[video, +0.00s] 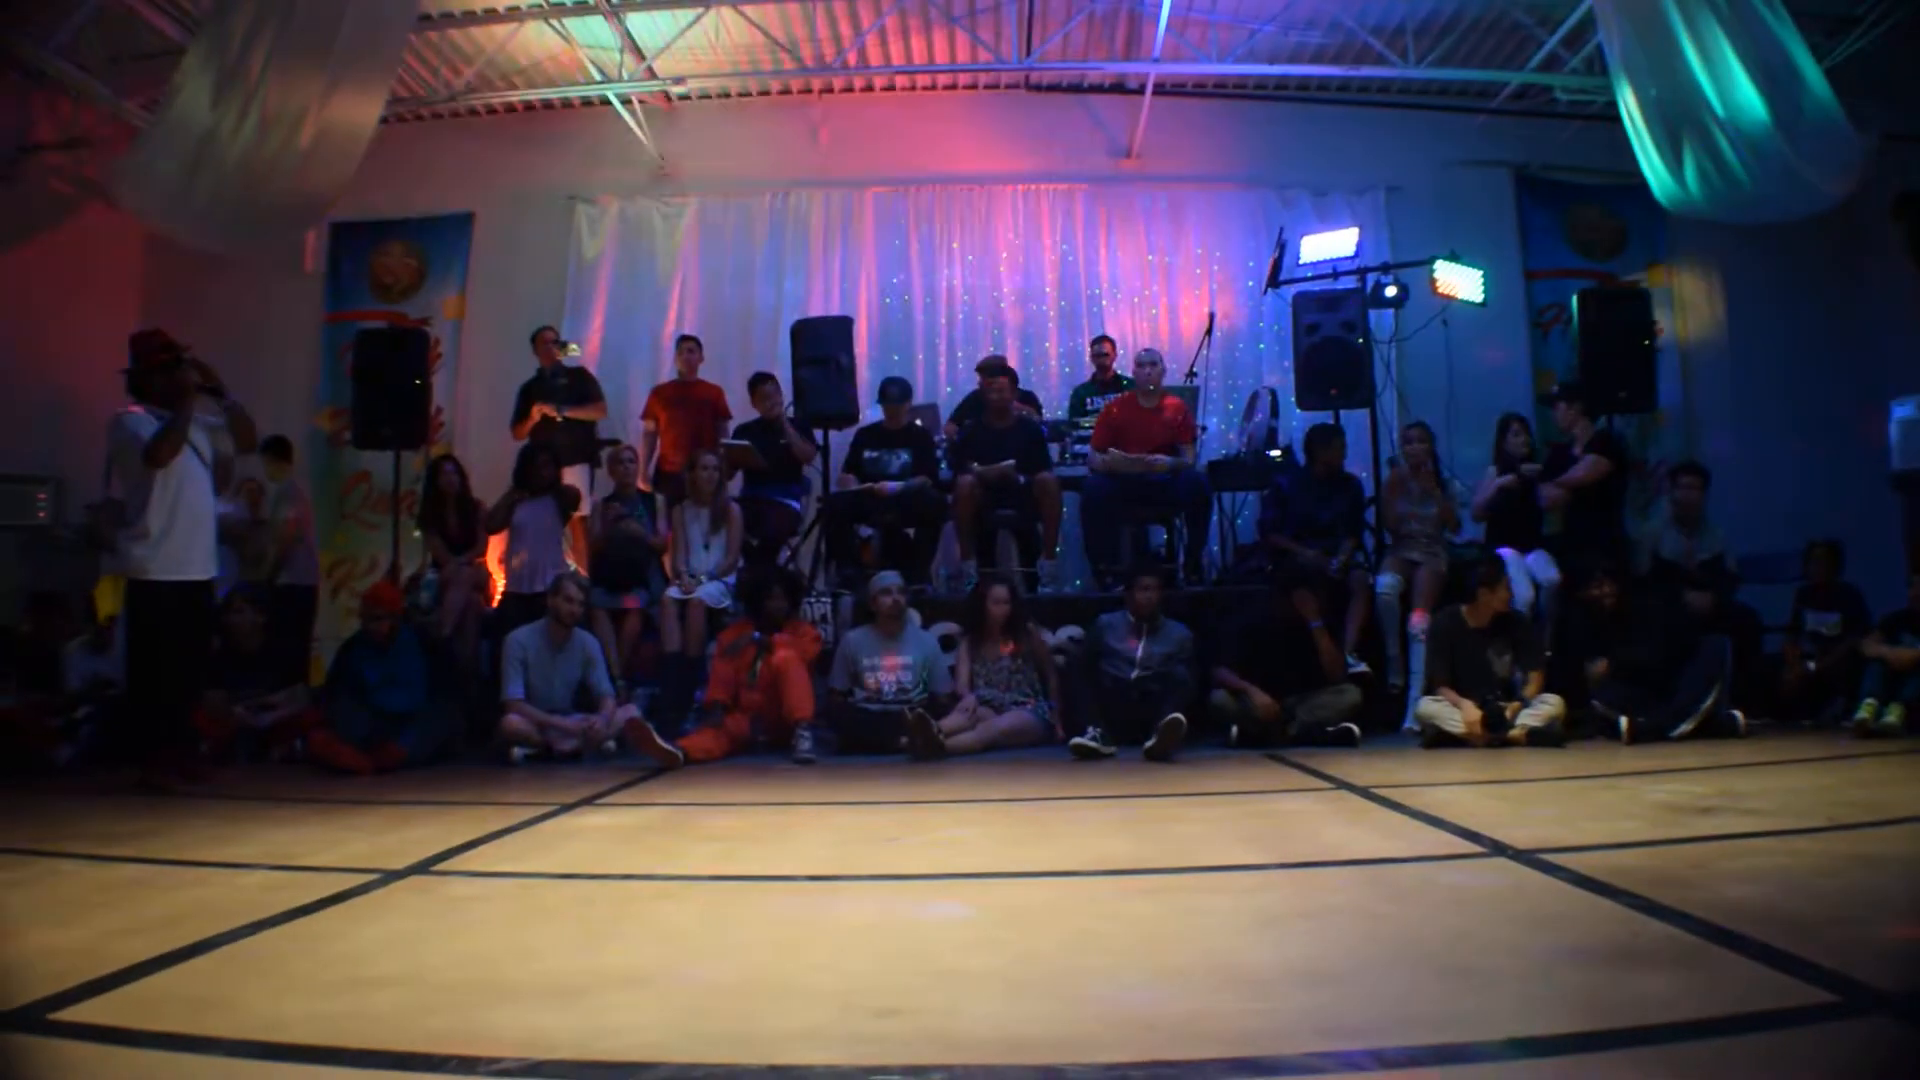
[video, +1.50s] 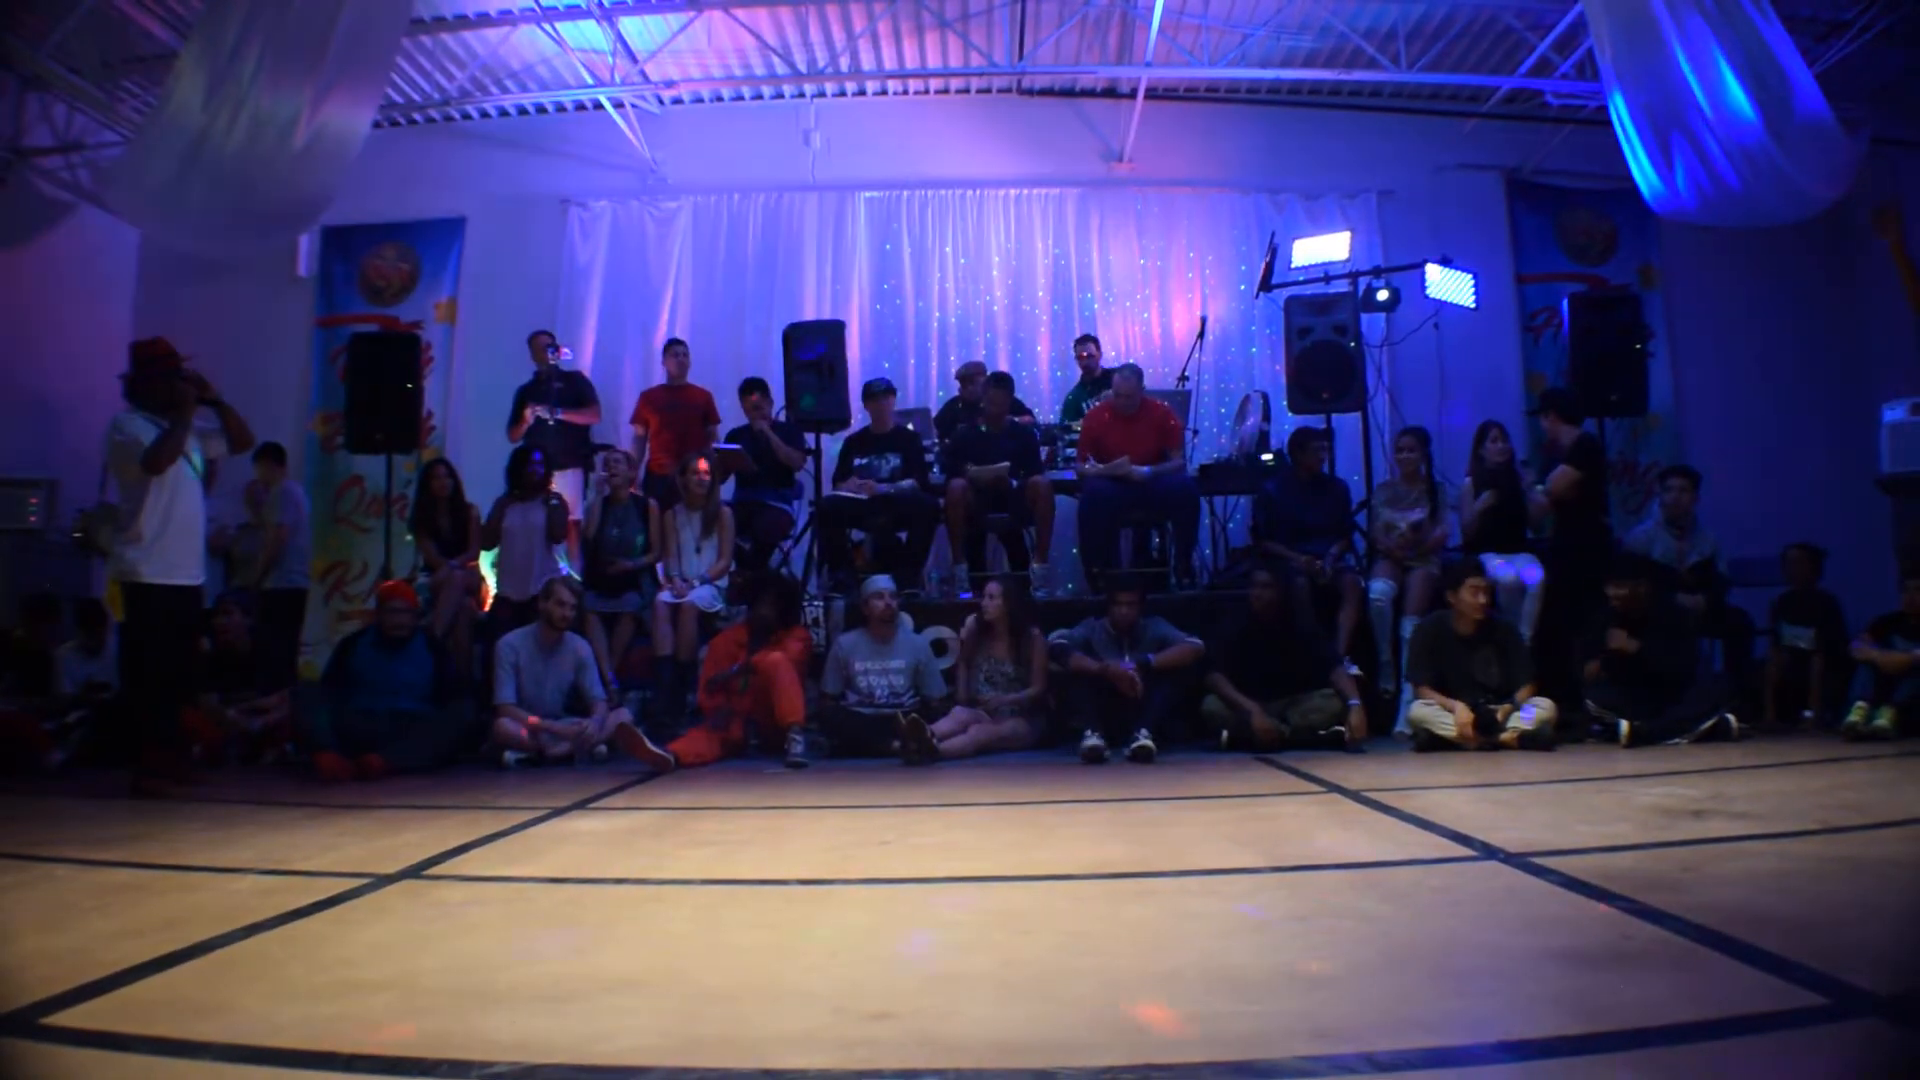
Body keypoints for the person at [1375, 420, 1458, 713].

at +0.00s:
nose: (1414, 448)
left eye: (1421, 442)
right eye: (1408, 442)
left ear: (1431, 447)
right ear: (1401, 448)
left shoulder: (1443, 482)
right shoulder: (1395, 480)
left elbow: (1453, 524)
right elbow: (1389, 523)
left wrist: (1433, 487)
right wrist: (1394, 486)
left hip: (1432, 549)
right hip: (1401, 547)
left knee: (1419, 623)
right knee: (1385, 590)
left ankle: (1416, 702)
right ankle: (1394, 668)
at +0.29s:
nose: (1408, 448)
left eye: (1414, 442)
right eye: (1403, 443)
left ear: (1427, 446)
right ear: (1397, 450)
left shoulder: (1441, 484)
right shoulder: (1392, 484)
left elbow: (1441, 520)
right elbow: (1390, 524)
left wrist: (1430, 484)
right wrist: (1394, 485)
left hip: (1430, 549)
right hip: (1400, 548)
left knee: (1419, 625)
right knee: (1386, 591)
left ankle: (1414, 709)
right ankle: (1393, 666)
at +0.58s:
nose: (1408, 450)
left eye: (1413, 444)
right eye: (1402, 446)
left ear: (1425, 449)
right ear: (1396, 452)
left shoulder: (1439, 481)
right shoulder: (1390, 485)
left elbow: (1440, 532)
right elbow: (1387, 535)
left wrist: (1439, 496)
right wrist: (1386, 507)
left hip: (1427, 551)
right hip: (1397, 551)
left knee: (1417, 627)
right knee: (1383, 593)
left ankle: (1413, 710)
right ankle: (1392, 668)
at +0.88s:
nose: (1400, 455)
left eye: (1406, 449)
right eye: (1394, 450)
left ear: (1418, 453)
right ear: (1388, 456)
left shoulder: (1435, 489)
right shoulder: (1382, 493)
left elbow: (1443, 531)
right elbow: (1379, 536)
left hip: (1425, 555)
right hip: (1393, 554)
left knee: (1414, 628)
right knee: (1380, 596)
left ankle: (1409, 712)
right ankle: (1388, 669)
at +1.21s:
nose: (1398, 454)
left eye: (1404, 448)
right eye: (1392, 449)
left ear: (1415, 453)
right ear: (1386, 455)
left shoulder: (1433, 489)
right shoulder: (1379, 492)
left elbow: (1444, 532)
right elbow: (1375, 532)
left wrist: (1418, 549)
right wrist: (1393, 543)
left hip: (1422, 557)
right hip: (1390, 556)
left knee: (1411, 629)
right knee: (1378, 597)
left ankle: (1408, 700)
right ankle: (1385, 668)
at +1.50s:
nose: (1404, 457)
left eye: (1411, 451)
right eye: (1399, 451)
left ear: (1423, 454)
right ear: (1394, 455)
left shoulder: (1437, 491)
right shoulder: (1383, 492)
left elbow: (1443, 531)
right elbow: (1375, 533)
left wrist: (1416, 549)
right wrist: (1391, 547)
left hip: (1422, 557)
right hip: (1389, 557)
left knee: (1410, 625)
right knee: (1378, 596)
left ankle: (1408, 685)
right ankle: (1385, 669)